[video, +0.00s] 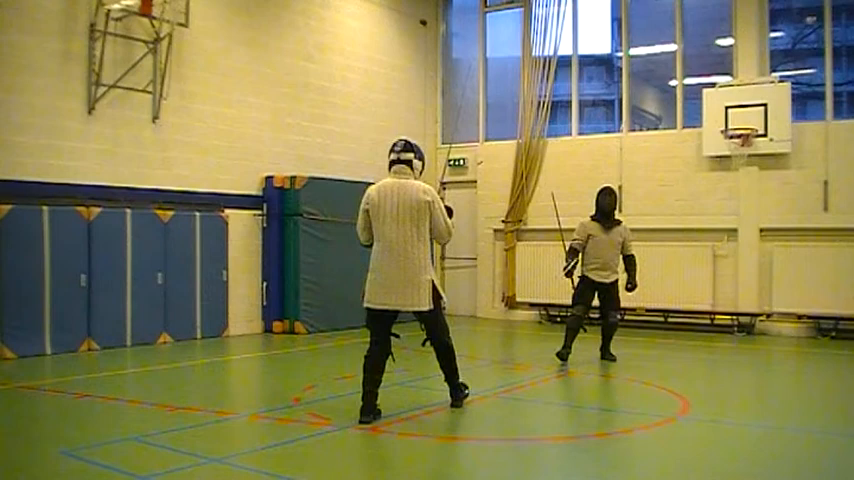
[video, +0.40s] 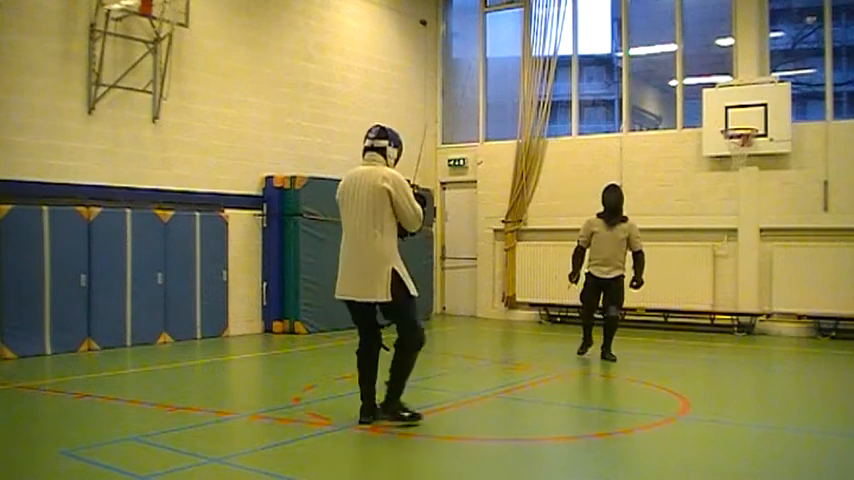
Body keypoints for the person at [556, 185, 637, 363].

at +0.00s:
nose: (609, 202)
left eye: (612, 198)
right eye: (605, 198)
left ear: (616, 203)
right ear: (597, 201)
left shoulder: (622, 230)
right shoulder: (586, 226)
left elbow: (628, 255)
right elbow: (575, 247)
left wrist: (631, 277)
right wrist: (570, 263)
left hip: (610, 281)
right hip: (588, 278)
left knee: (612, 318)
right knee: (578, 312)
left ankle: (605, 349)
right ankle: (566, 347)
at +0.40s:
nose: (612, 204)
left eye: (615, 199)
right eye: (609, 199)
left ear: (620, 202)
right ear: (603, 202)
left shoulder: (628, 227)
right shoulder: (592, 224)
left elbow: (638, 252)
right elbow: (580, 248)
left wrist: (638, 275)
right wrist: (575, 270)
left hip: (615, 278)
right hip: (593, 276)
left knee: (612, 314)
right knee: (587, 308)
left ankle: (606, 348)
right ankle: (587, 339)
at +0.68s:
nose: (599, 232)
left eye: (603, 227)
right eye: (596, 227)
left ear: (608, 224)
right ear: (592, 223)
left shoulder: (617, 238)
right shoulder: (583, 234)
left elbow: (627, 262)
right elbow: (574, 254)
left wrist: (623, 281)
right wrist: (574, 275)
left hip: (606, 280)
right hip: (587, 280)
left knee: (605, 313)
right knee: (588, 314)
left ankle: (602, 348)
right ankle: (595, 343)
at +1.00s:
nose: (587, 262)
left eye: (591, 259)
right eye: (585, 258)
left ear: (599, 254)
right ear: (581, 251)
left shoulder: (609, 257)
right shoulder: (575, 242)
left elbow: (616, 279)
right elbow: (567, 252)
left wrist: (607, 300)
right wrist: (567, 270)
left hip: (604, 281)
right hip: (582, 281)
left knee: (601, 310)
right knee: (579, 312)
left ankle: (603, 347)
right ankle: (583, 344)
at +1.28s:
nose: (567, 250)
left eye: (570, 248)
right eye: (565, 246)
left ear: (579, 243)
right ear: (561, 241)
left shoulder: (589, 249)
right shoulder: (558, 240)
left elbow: (597, 273)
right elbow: (553, 251)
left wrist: (590, 296)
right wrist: (552, 268)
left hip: (584, 281)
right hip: (564, 281)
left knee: (583, 311)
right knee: (556, 311)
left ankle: (581, 347)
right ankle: (561, 342)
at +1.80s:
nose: (563, 216)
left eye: (566, 213)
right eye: (562, 213)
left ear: (573, 215)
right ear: (561, 214)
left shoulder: (581, 236)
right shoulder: (558, 231)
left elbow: (592, 259)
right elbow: (551, 250)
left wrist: (579, 279)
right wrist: (543, 267)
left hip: (571, 281)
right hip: (557, 280)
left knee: (570, 313)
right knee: (561, 313)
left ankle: (574, 347)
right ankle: (568, 341)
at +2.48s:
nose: (560, 220)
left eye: (563, 216)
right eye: (559, 216)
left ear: (571, 217)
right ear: (557, 217)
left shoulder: (578, 237)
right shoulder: (553, 233)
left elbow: (572, 258)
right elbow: (537, 254)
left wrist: (547, 250)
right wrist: (541, 238)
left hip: (569, 281)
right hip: (556, 280)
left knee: (561, 312)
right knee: (569, 312)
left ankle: (557, 348)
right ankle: (578, 341)